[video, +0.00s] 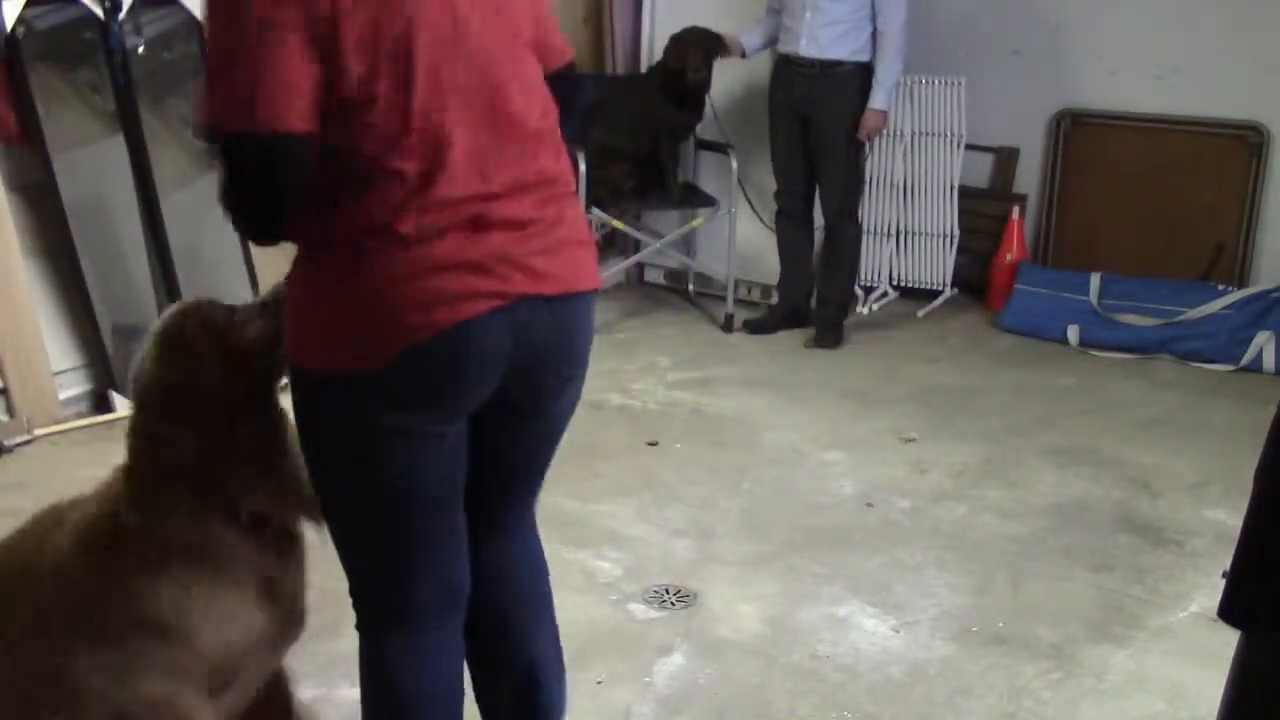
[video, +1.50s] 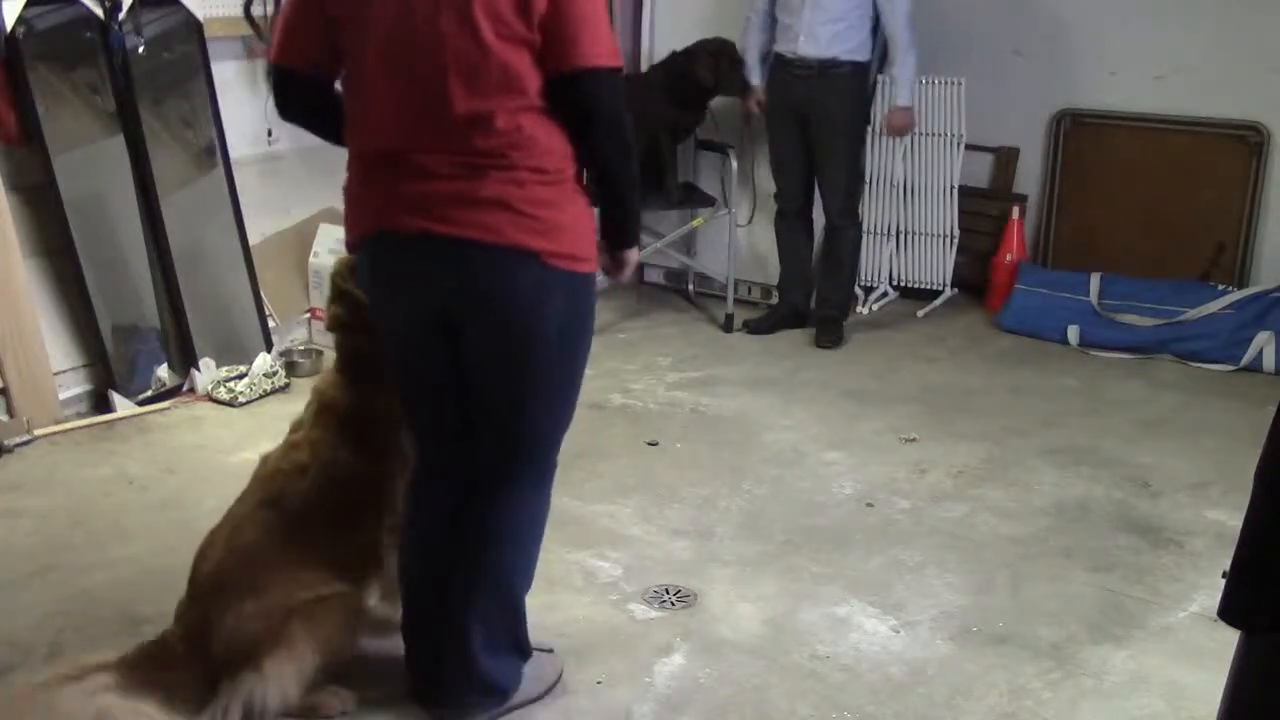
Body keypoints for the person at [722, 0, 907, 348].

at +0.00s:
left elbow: (892, 29)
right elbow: (779, 15)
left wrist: (879, 104)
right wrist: (741, 44)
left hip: (844, 80)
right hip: (788, 76)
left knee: (839, 208)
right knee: (790, 202)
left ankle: (831, 317)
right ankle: (792, 306)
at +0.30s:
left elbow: (890, 31)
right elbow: (778, 15)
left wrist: (867, 100)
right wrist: (742, 47)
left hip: (841, 81)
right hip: (787, 76)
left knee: (840, 208)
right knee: (791, 202)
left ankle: (831, 316)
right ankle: (792, 305)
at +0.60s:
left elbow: (888, 29)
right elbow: (775, 17)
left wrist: (852, 95)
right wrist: (745, 58)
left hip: (840, 84)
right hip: (786, 78)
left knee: (840, 209)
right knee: (791, 203)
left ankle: (831, 315)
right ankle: (792, 306)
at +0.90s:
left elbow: (882, 27)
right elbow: (764, 10)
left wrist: (825, 75)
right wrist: (766, 66)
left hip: (844, 78)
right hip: (787, 74)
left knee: (839, 206)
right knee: (791, 202)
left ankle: (831, 315)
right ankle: (792, 306)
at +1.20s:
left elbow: (889, 21)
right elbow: (762, 9)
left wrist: (839, 78)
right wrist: (763, 73)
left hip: (846, 78)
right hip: (786, 74)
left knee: (839, 208)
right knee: (791, 204)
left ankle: (831, 313)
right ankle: (792, 305)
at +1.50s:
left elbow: (898, 23)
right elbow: (759, 13)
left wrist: (902, 100)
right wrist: (755, 77)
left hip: (843, 80)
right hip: (786, 77)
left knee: (840, 209)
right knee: (790, 204)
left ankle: (831, 314)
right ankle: (793, 306)